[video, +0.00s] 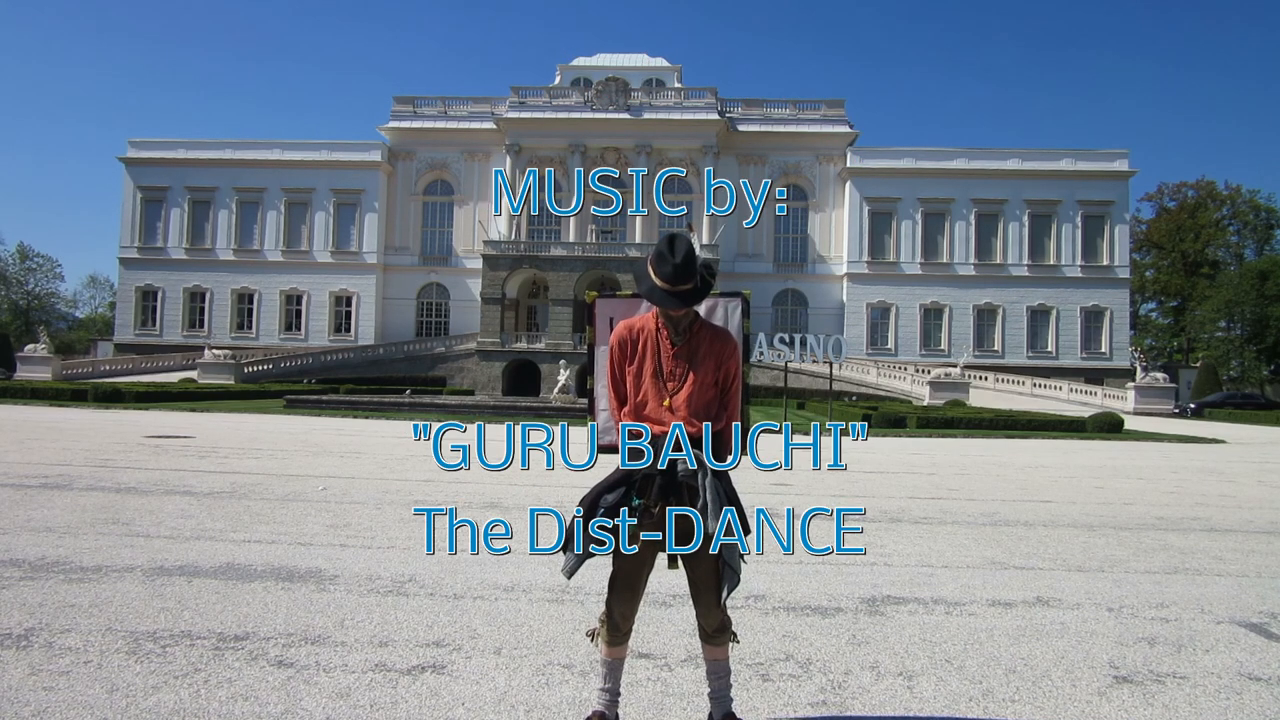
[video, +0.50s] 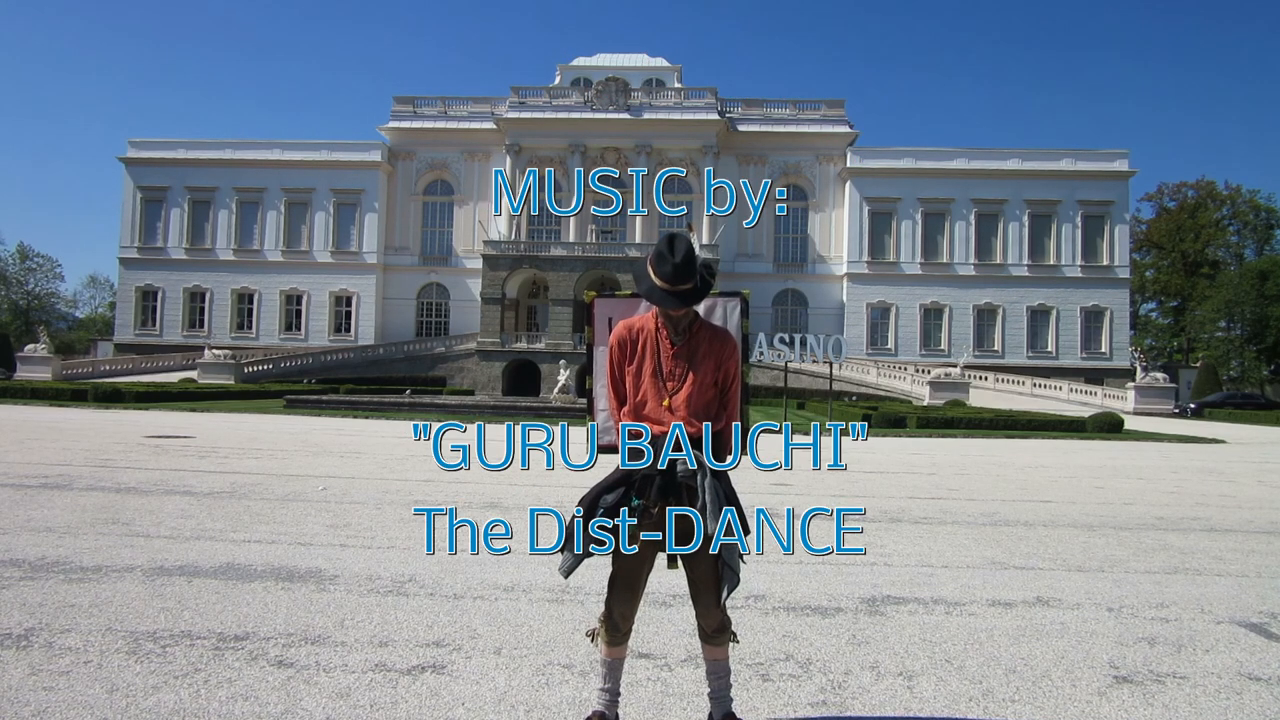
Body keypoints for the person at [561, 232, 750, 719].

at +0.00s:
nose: (677, 309)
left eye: (685, 300)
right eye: (668, 300)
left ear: (699, 292)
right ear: (652, 290)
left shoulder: (723, 344)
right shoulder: (626, 337)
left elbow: (730, 422)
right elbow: (619, 415)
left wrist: (707, 457)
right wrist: (650, 444)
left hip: (700, 488)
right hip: (642, 485)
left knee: (711, 602)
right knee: (622, 599)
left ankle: (722, 704)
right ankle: (608, 699)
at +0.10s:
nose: (676, 310)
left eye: (684, 300)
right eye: (667, 301)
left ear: (698, 292)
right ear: (652, 290)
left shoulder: (723, 344)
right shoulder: (626, 336)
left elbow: (729, 423)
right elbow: (618, 414)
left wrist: (706, 455)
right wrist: (649, 443)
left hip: (699, 488)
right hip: (642, 485)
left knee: (711, 603)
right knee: (622, 600)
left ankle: (722, 705)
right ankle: (607, 699)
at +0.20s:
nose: (676, 311)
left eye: (684, 301)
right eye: (667, 302)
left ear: (698, 293)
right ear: (652, 292)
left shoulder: (723, 345)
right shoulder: (626, 337)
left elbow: (730, 423)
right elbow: (620, 415)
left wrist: (708, 463)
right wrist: (648, 448)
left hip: (700, 489)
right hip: (642, 486)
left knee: (711, 603)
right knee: (622, 599)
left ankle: (721, 705)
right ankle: (607, 699)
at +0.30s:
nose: (676, 310)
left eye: (684, 300)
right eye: (667, 301)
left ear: (698, 292)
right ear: (652, 290)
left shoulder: (722, 344)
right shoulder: (626, 336)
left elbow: (729, 423)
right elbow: (618, 414)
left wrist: (706, 457)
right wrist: (649, 444)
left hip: (699, 489)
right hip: (642, 486)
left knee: (711, 603)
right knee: (622, 601)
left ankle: (722, 705)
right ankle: (607, 699)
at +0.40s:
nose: (677, 310)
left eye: (685, 300)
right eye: (668, 301)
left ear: (699, 292)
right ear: (652, 291)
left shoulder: (722, 345)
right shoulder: (626, 337)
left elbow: (730, 422)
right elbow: (620, 413)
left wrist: (709, 468)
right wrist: (650, 448)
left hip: (701, 491)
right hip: (642, 487)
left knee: (710, 603)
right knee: (622, 599)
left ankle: (721, 705)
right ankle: (607, 700)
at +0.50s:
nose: (677, 310)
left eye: (685, 300)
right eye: (668, 300)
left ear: (698, 291)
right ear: (652, 290)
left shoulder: (723, 345)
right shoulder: (626, 337)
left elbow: (730, 423)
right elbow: (620, 414)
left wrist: (707, 465)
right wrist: (653, 446)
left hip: (701, 492)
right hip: (642, 488)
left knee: (711, 604)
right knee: (621, 600)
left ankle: (721, 706)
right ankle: (607, 701)